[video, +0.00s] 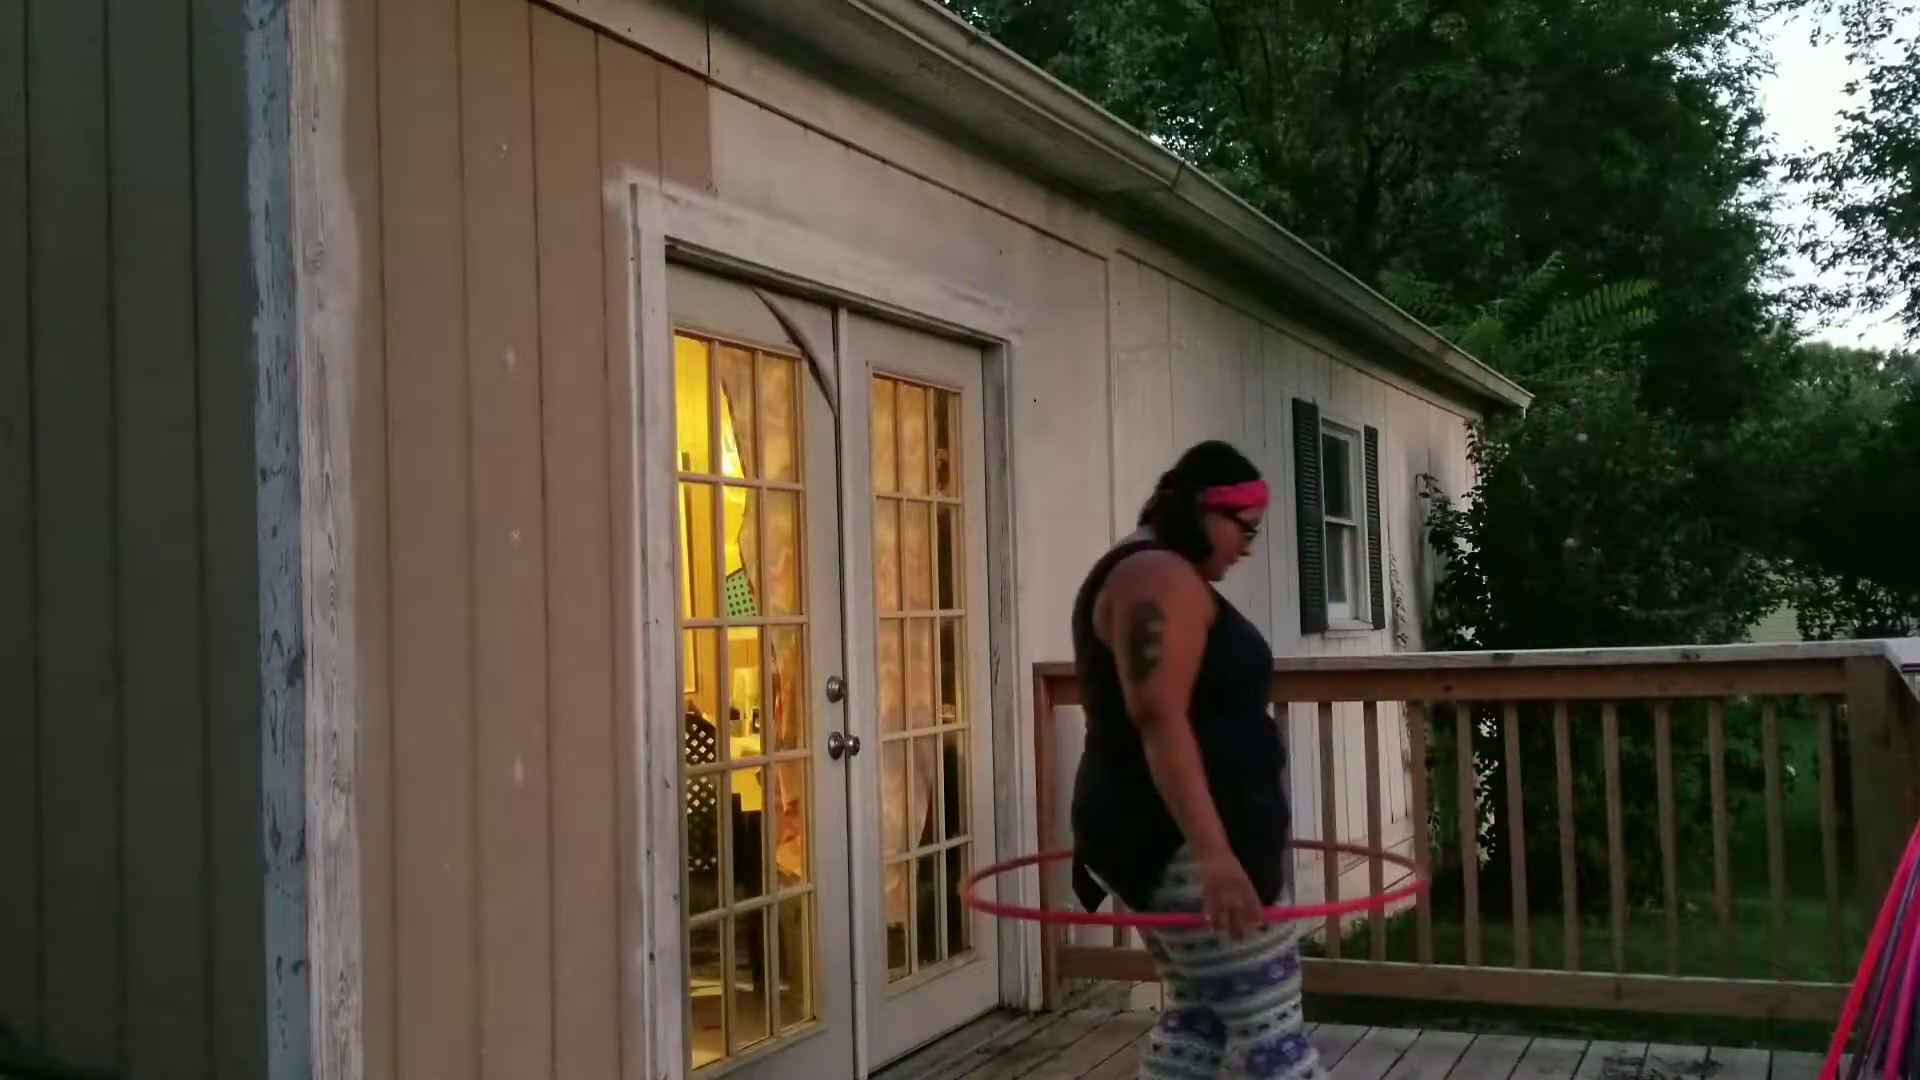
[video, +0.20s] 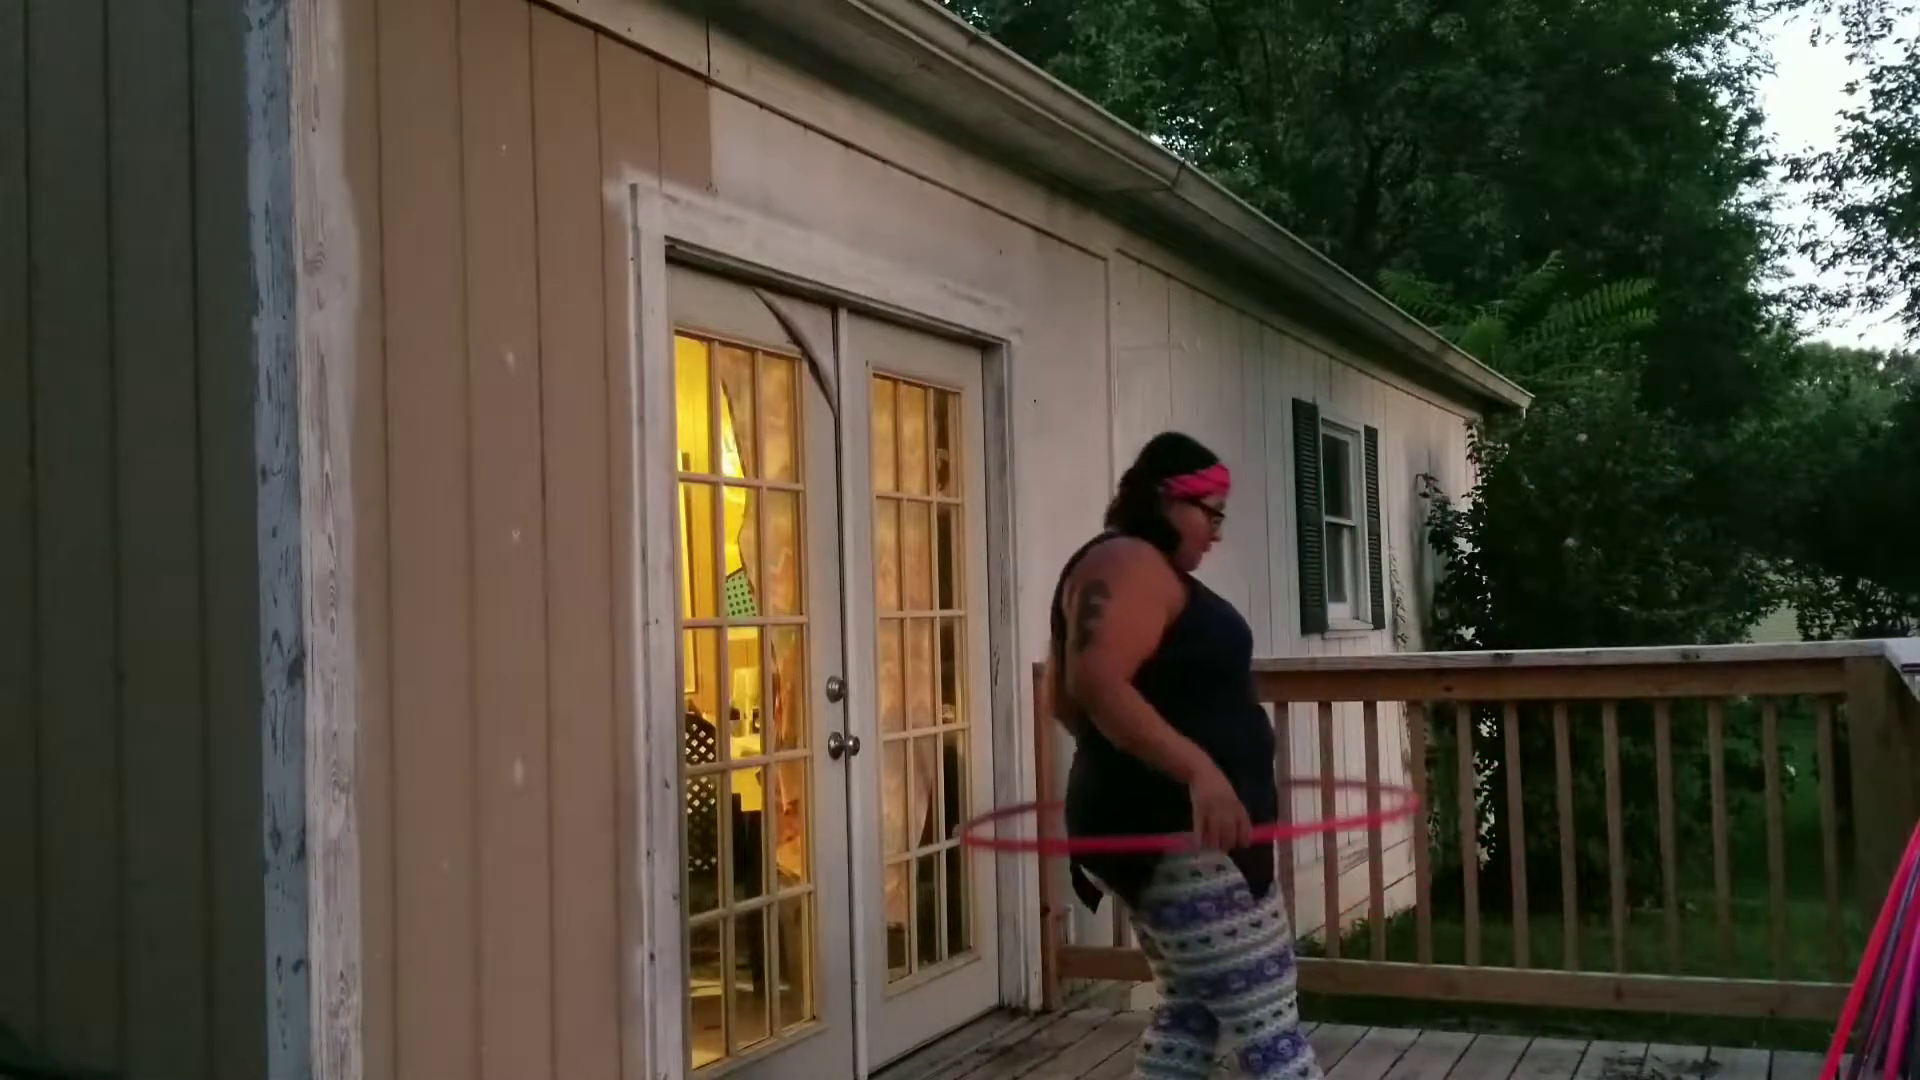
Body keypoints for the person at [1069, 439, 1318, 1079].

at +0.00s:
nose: (1248, 543)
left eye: (1253, 530)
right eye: (1241, 524)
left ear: (1189, 511)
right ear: (1198, 509)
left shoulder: (1146, 573)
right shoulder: (1158, 577)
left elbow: (1153, 726)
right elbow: (1158, 720)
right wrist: (1214, 853)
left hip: (1160, 838)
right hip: (1188, 842)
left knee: (1198, 1019)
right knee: (1271, 1024)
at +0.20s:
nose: (1219, 530)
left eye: (1221, 515)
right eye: (1211, 512)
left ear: (1164, 504)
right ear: (1167, 501)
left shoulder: (1098, 566)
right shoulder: (1133, 562)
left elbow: (1067, 701)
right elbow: (1094, 683)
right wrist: (1201, 770)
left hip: (1144, 827)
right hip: (1174, 828)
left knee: (1190, 1014)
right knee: (1263, 1002)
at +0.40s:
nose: (1203, 501)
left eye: (1202, 487)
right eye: (1192, 486)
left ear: (1147, 490)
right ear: (1148, 488)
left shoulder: (1093, 555)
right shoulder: (1124, 547)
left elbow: (1051, 680)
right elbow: (1077, 664)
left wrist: (1159, 689)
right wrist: (1186, 672)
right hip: (1163, 811)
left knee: (1178, 1002)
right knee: (1260, 982)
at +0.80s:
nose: (1252, 480)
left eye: (1249, 466)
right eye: (1238, 468)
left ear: (1188, 482)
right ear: (1197, 480)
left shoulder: (1134, 552)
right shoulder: (1175, 549)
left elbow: (1098, 668)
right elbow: (1132, 671)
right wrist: (1235, 744)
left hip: (1157, 824)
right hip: (1208, 826)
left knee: (1165, 1015)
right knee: (1282, 1022)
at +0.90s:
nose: (1276, 483)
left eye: (1272, 469)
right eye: (1263, 470)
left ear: (1204, 483)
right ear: (1220, 481)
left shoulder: (1151, 557)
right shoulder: (1205, 554)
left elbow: (1131, 694)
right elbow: (1171, 683)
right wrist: (1257, 796)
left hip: (1163, 830)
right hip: (1231, 837)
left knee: (1157, 1022)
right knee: (1289, 1032)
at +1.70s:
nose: (1296, 526)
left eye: (1300, 512)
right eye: (1291, 509)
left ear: (1233, 492)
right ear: (1251, 494)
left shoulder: (1150, 560)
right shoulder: (1220, 555)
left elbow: (1102, 683)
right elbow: (1172, 667)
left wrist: (1184, 743)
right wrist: (1271, 767)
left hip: (1179, 824)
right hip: (1250, 828)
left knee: (1191, 1020)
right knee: (1318, 1032)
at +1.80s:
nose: (1273, 516)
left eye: (1277, 500)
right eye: (1262, 495)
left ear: (1190, 490)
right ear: (1216, 487)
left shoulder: (1136, 556)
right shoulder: (1195, 546)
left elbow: (1089, 677)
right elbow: (1147, 656)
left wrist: (1192, 693)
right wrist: (1258, 709)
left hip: (1175, 817)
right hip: (1238, 816)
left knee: (1192, 1009)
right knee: (1313, 1013)